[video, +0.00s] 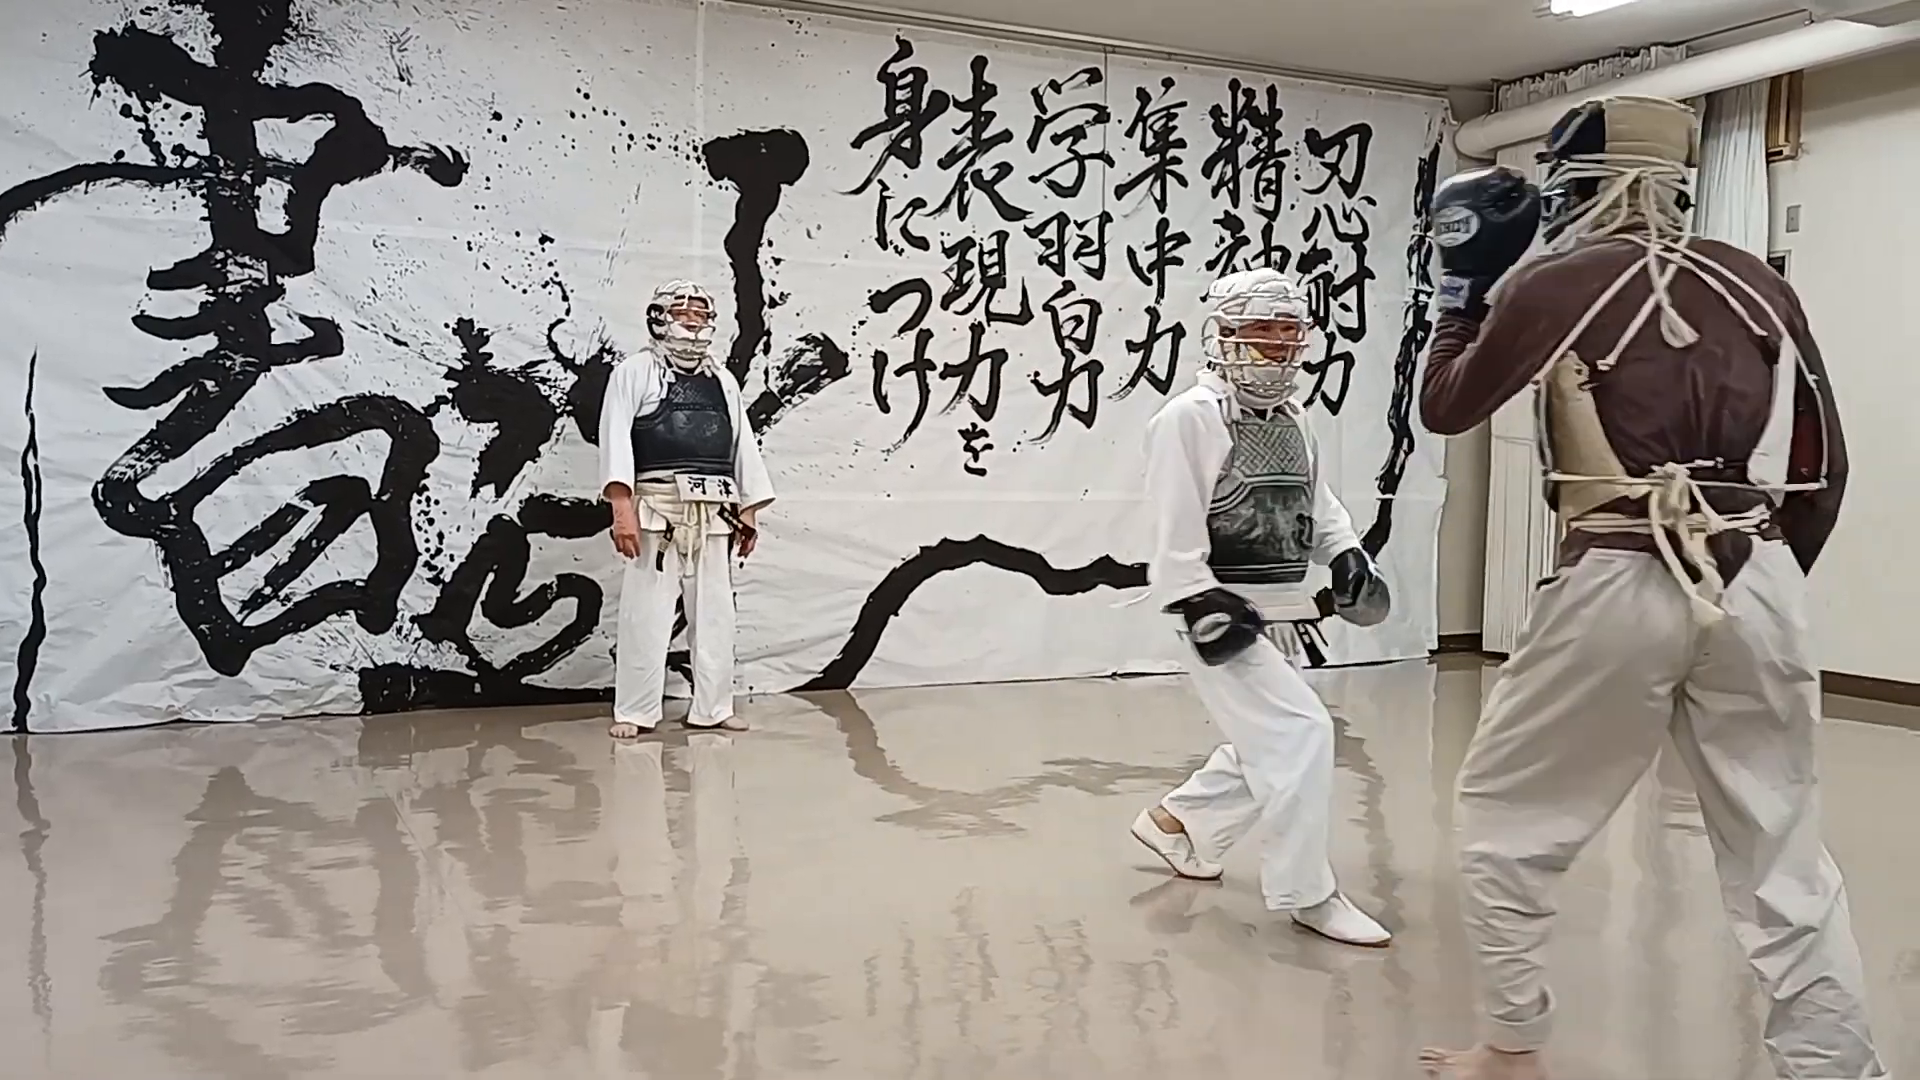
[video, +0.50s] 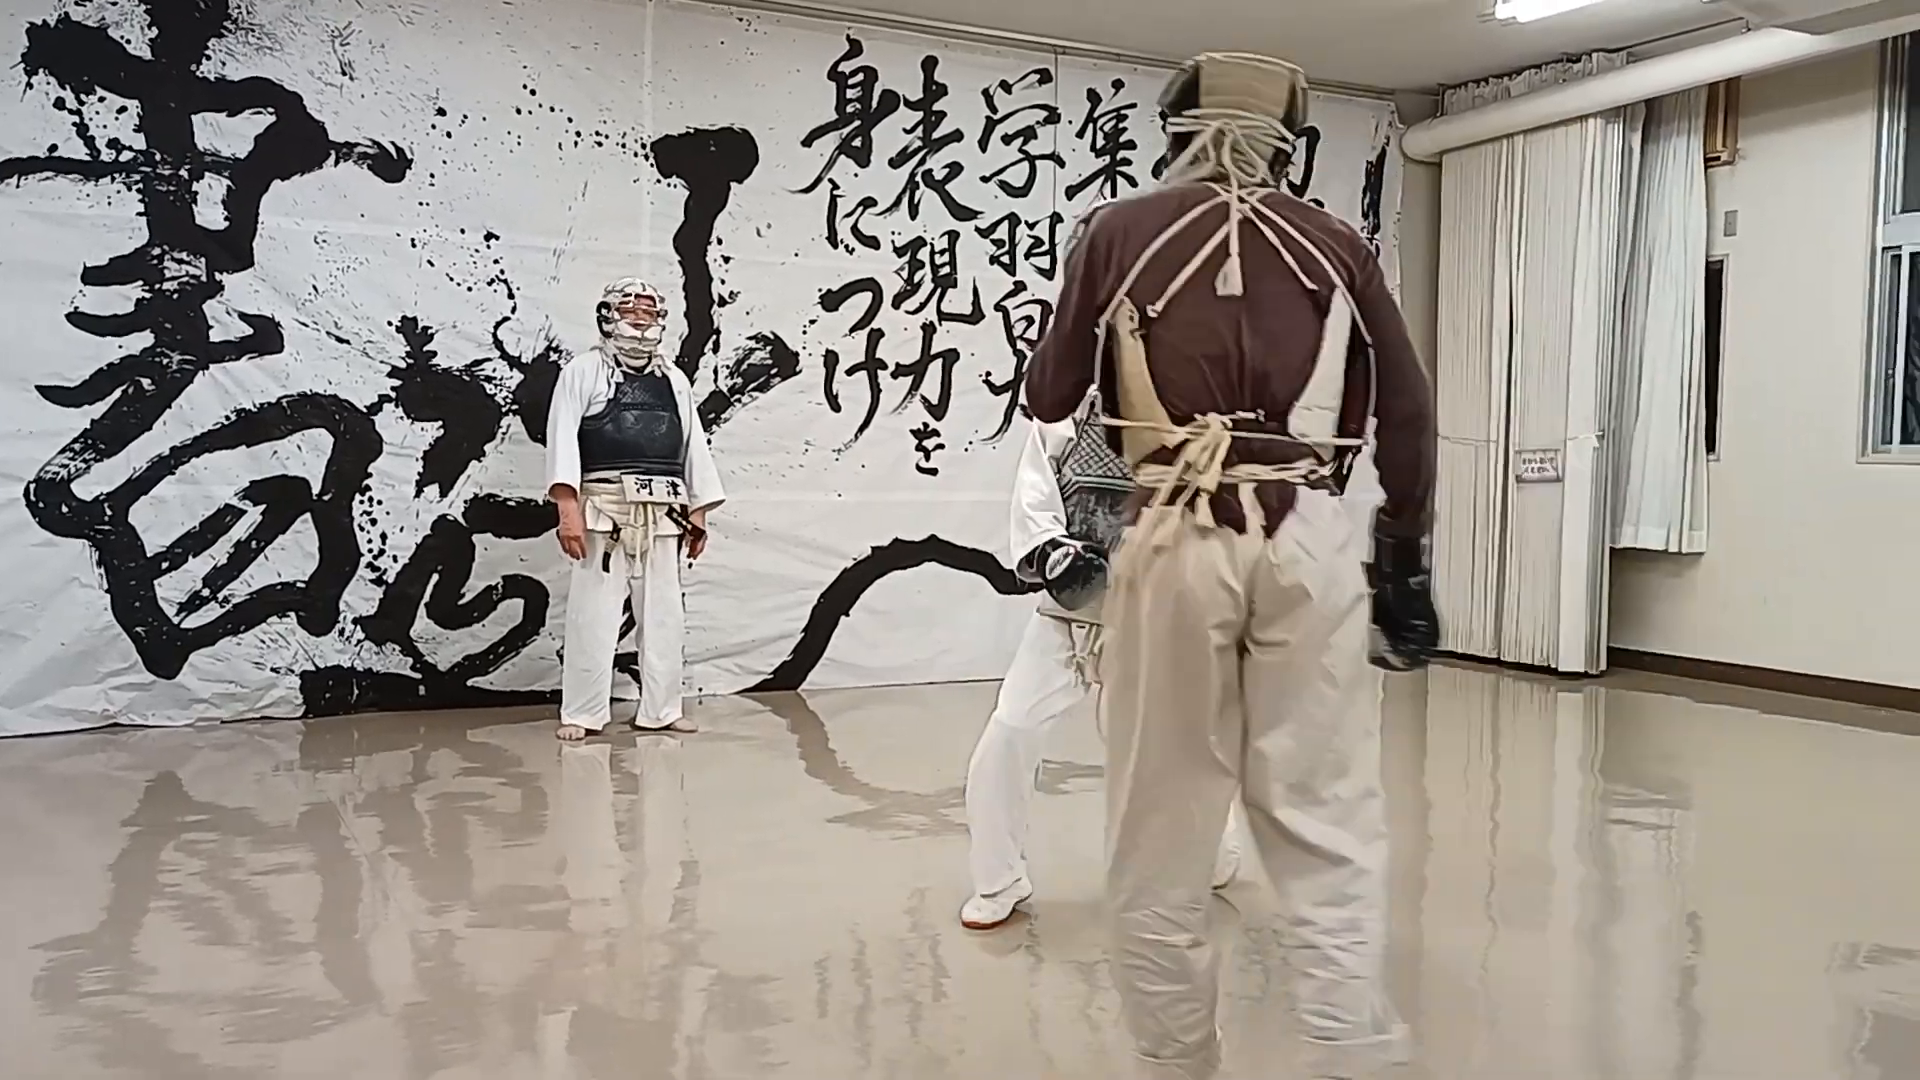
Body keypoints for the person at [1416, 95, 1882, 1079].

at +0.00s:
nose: (1553, 193)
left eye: (1563, 178)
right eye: (1557, 178)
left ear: (1588, 184)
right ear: (1677, 184)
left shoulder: (1555, 282)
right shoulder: (1762, 280)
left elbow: (1446, 402)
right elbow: (1821, 470)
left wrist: (1462, 284)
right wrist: (1766, 581)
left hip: (1612, 591)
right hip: (1759, 586)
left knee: (1505, 816)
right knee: (1783, 855)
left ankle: (1513, 1041)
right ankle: (1832, 1066)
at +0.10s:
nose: (1506, 224)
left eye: (1514, 211)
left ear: (1530, 215)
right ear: (1628, 213)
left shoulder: (1493, 317)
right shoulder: (1714, 303)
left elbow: (1393, 437)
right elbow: (1797, 487)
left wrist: (1412, 317)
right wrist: (1740, 613)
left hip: (1560, 627)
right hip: (1712, 621)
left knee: (1415, 830)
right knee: (1769, 893)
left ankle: (1388, 1052)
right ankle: (1819, 1067)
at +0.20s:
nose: (1431, 247)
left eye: (1440, 235)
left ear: (1449, 243)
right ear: (1549, 242)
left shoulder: (1409, 357)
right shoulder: (1623, 334)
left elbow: (1340, 491)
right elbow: (1714, 495)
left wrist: (1354, 359)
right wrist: (1712, 635)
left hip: (1480, 658)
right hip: (1630, 655)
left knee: (1340, 868)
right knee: (1703, 883)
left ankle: (1245, 1054)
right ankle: (1774, 1061)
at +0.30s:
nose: (1327, 241)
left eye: (1334, 229)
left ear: (1343, 234)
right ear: (1442, 235)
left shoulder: (1295, 340)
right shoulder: (1505, 329)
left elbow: (1240, 484)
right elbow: (1607, 477)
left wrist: (1271, 346)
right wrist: (1634, 626)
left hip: (1341, 645)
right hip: (1499, 642)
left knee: (1239, 859)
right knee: (1620, 881)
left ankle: (1202, 1060)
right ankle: (1724, 1067)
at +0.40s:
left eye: (1257, 187)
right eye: (1350, 191)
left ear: (1254, 190)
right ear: (1353, 197)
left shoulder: (1196, 292)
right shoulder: (1408, 295)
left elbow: (1123, 438)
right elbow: (1499, 443)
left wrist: (1156, 335)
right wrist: (1526, 584)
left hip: (1241, 600)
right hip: (1392, 594)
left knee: (1200, 859)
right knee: (1484, 855)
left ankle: (1202, 1061)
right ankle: (1586, 1059)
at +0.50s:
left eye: (1182, 130)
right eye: (1291, 138)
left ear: (1180, 135)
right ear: (1285, 144)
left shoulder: (1114, 229)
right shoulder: (1343, 242)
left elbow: (1053, 395)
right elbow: (1407, 409)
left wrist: (1100, 317)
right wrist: (1407, 562)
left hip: (1166, 545)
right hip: (1315, 543)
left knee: (1161, 828)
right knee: (1326, 828)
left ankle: (1176, 1061)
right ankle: (1358, 1063)